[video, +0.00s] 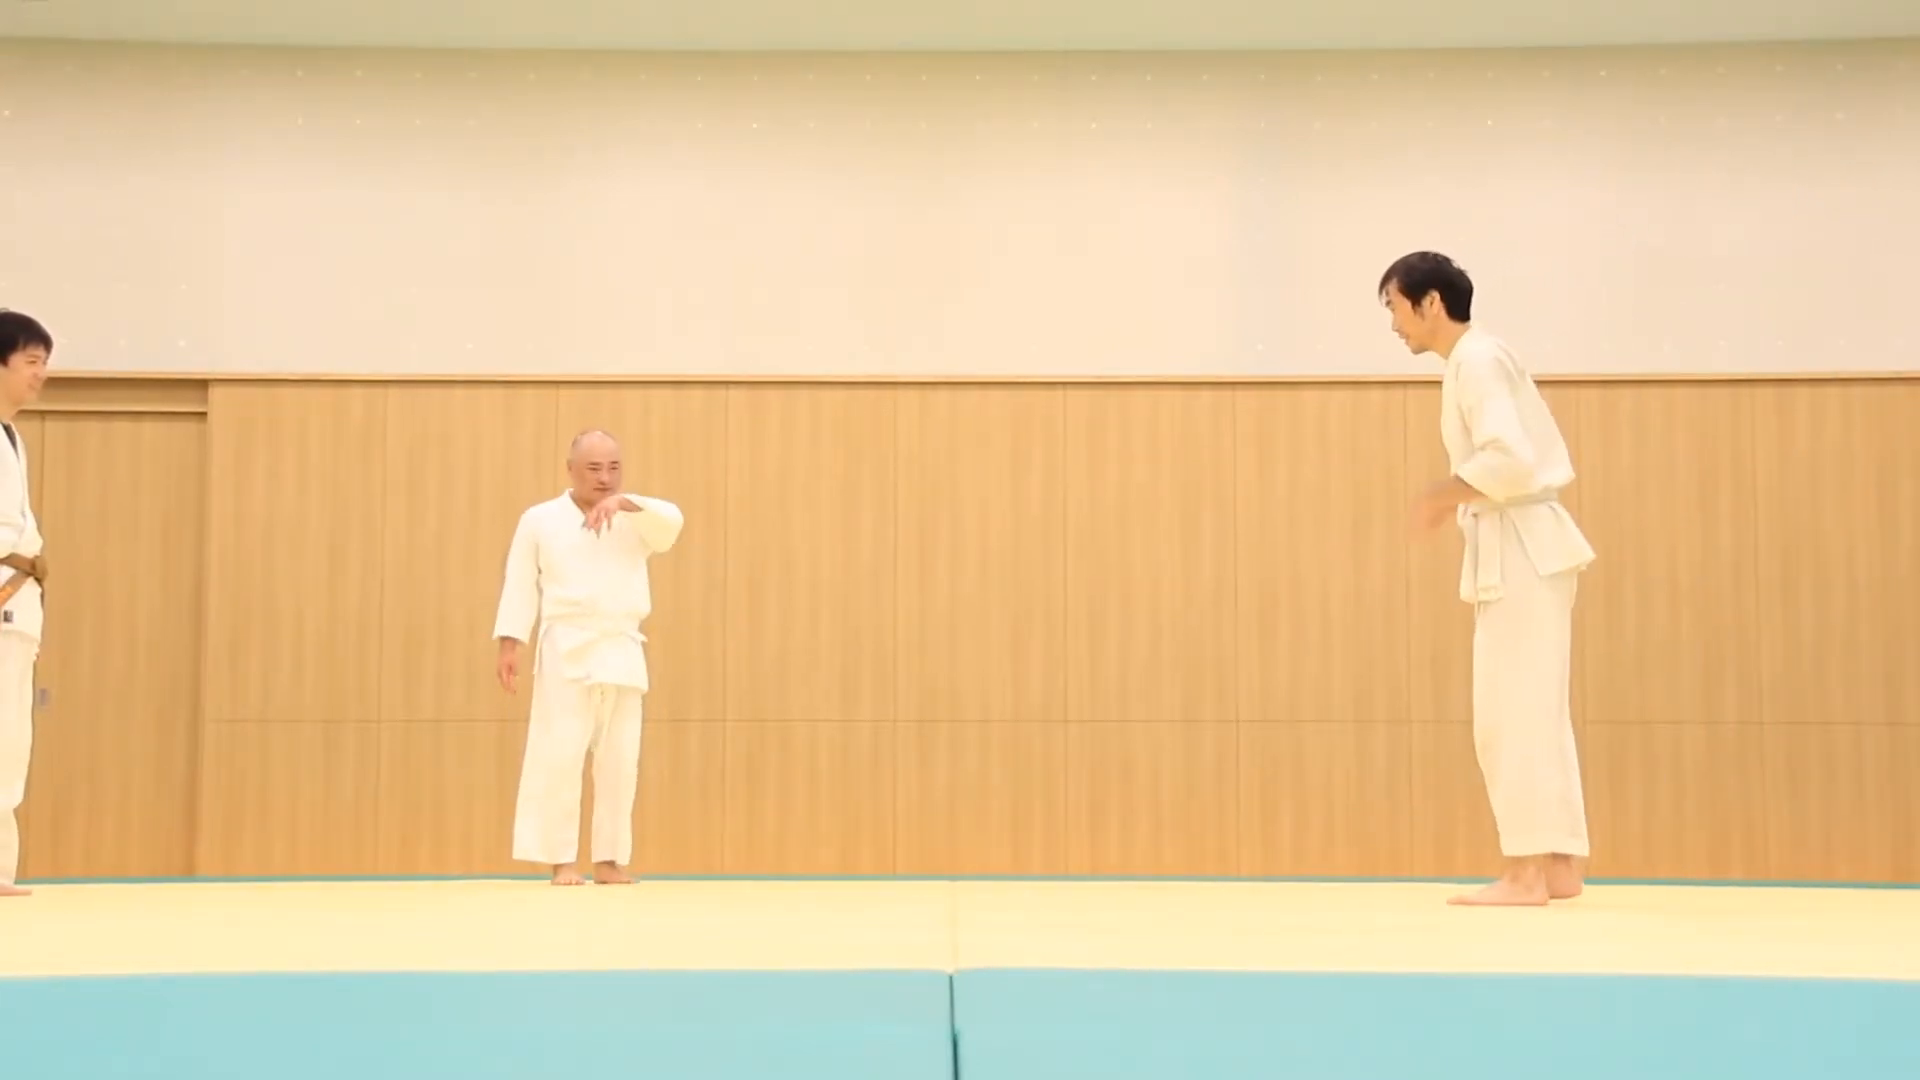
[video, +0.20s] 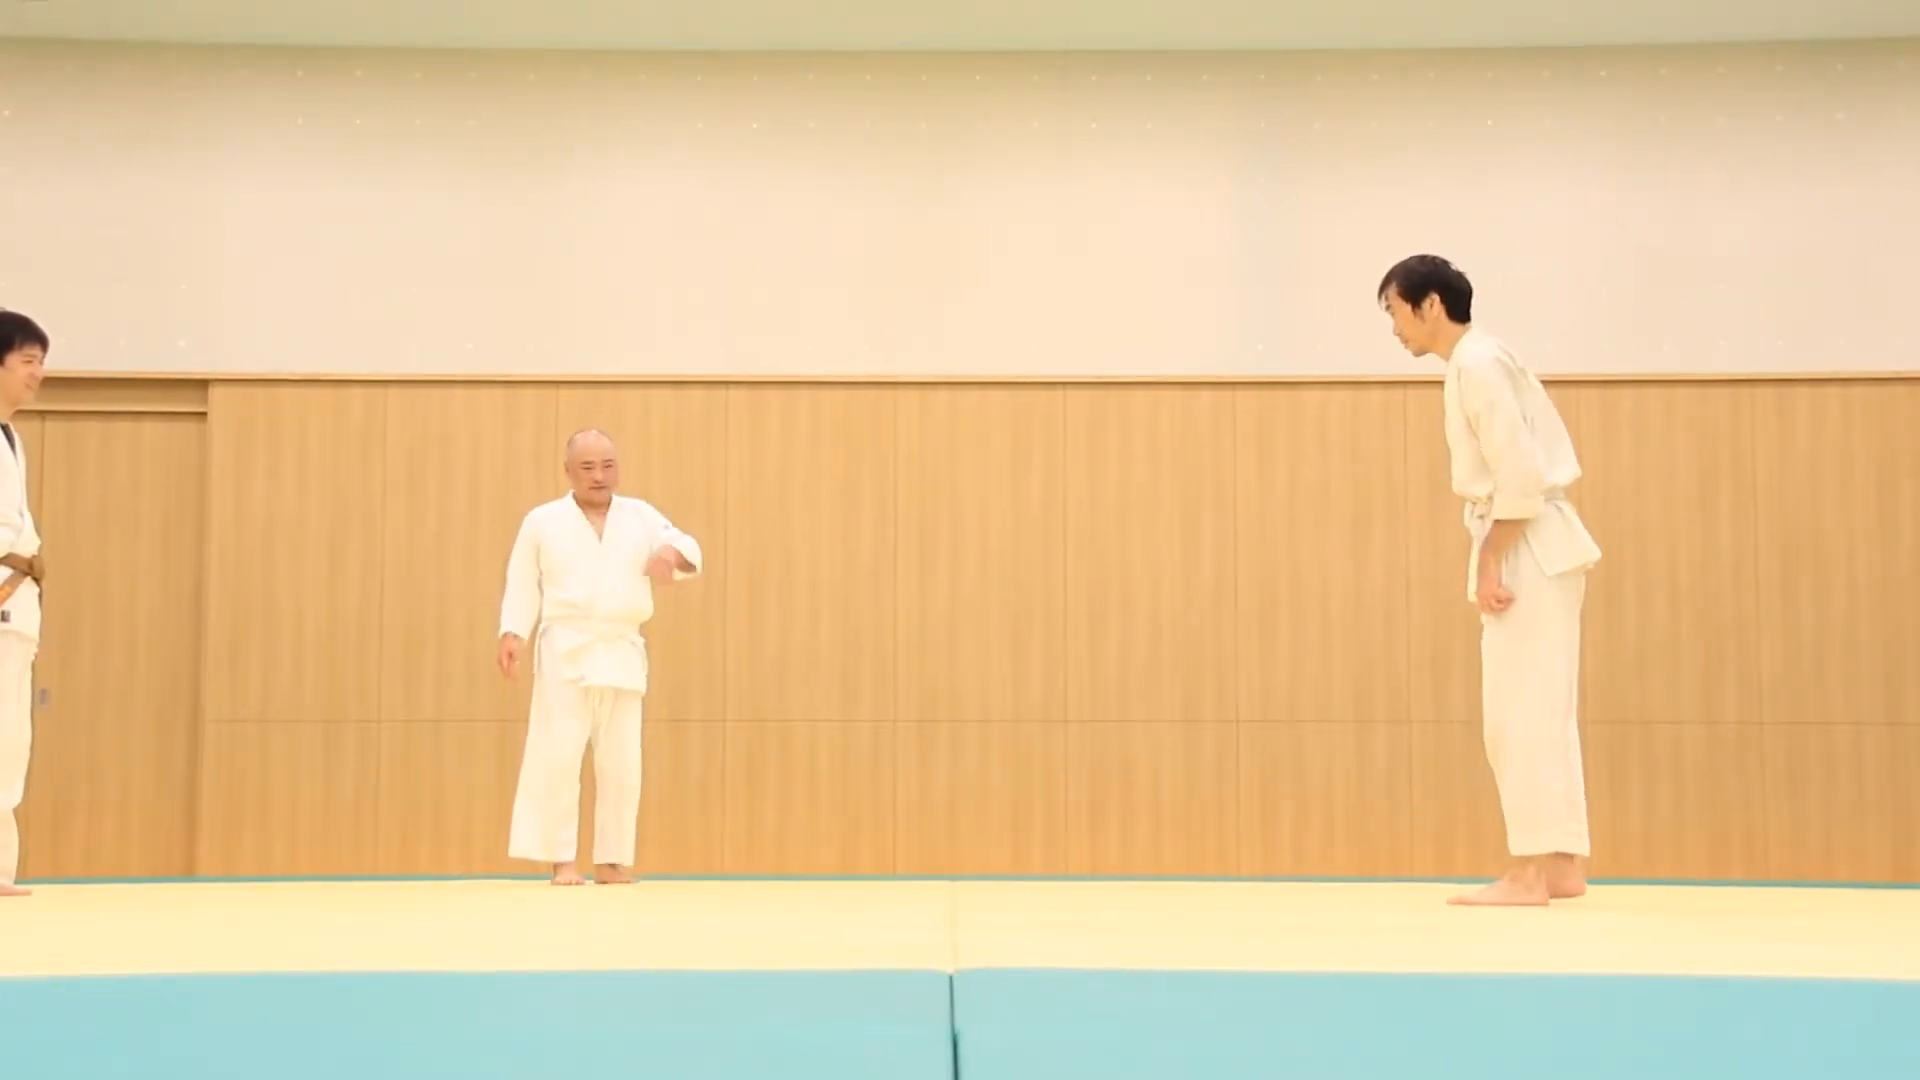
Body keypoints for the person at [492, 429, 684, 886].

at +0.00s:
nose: (604, 477)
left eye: (612, 468)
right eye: (593, 468)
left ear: (621, 472)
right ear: (570, 471)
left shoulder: (633, 519)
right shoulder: (541, 520)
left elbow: (673, 523)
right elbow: (521, 586)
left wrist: (627, 503)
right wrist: (511, 644)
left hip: (622, 650)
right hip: (565, 651)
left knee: (619, 757)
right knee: (562, 755)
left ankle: (609, 862)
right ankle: (563, 863)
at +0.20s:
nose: (599, 475)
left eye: (607, 465)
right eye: (587, 466)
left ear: (618, 468)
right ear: (568, 471)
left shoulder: (640, 515)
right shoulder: (542, 522)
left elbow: (689, 548)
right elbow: (522, 582)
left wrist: (673, 556)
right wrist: (512, 632)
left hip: (622, 651)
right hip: (564, 650)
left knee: (621, 759)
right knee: (561, 756)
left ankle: (612, 862)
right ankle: (564, 862)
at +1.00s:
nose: (519, 479)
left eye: (528, 470)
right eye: (508, 471)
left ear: (540, 474)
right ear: (491, 476)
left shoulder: (560, 526)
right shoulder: (467, 526)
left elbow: (583, 584)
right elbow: (436, 582)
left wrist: (596, 637)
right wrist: (408, 627)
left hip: (544, 656)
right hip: (485, 656)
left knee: (572, 759)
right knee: (476, 760)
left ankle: (600, 862)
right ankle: (469, 865)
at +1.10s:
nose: (495, 480)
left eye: (504, 470)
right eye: (484, 472)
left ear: (517, 474)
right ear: (468, 478)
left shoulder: (540, 526)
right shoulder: (447, 527)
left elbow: (565, 578)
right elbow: (416, 582)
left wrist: (580, 620)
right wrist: (389, 625)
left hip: (526, 658)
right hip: (467, 658)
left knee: (557, 759)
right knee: (463, 763)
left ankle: (576, 860)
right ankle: (467, 865)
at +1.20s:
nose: (475, 477)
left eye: (484, 468)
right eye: (464, 470)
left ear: (497, 470)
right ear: (449, 476)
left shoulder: (523, 521)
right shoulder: (430, 525)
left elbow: (549, 568)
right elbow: (399, 581)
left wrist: (557, 606)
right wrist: (369, 627)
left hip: (511, 655)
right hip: (454, 656)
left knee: (537, 756)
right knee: (455, 760)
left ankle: (522, 855)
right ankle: (461, 863)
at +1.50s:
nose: (431, 478)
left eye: (439, 468)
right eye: (419, 470)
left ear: (450, 471)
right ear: (401, 477)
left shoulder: (473, 522)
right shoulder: (383, 530)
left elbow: (502, 562)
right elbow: (348, 593)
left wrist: (513, 599)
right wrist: (315, 652)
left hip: (465, 657)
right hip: (410, 658)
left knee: (444, 760)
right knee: (425, 758)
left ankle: (371, 844)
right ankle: (459, 861)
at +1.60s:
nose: (420, 479)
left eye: (427, 470)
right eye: (407, 472)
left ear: (438, 474)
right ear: (389, 480)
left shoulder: (456, 527)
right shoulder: (365, 529)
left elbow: (482, 577)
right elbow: (332, 592)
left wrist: (501, 617)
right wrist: (302, 652)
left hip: (439, 660)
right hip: (386, 659)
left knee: (412, 760)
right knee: (411, 758)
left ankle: (355, 859)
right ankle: (456, 861)